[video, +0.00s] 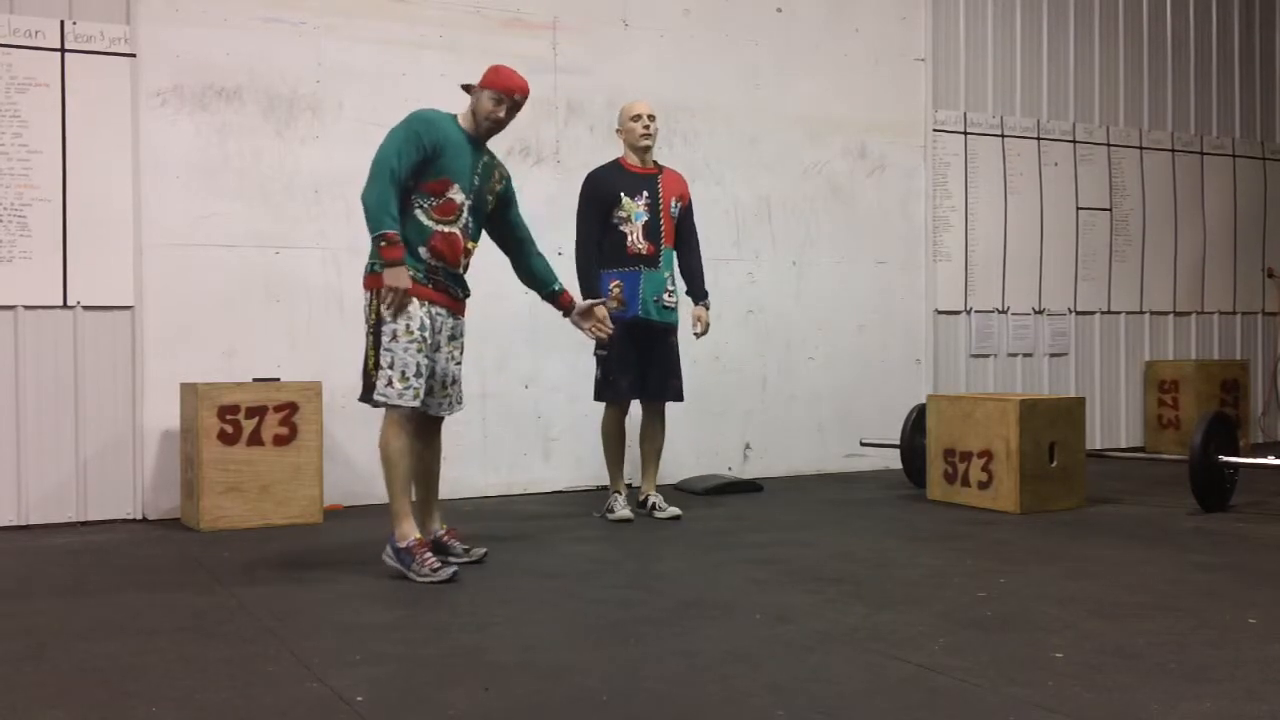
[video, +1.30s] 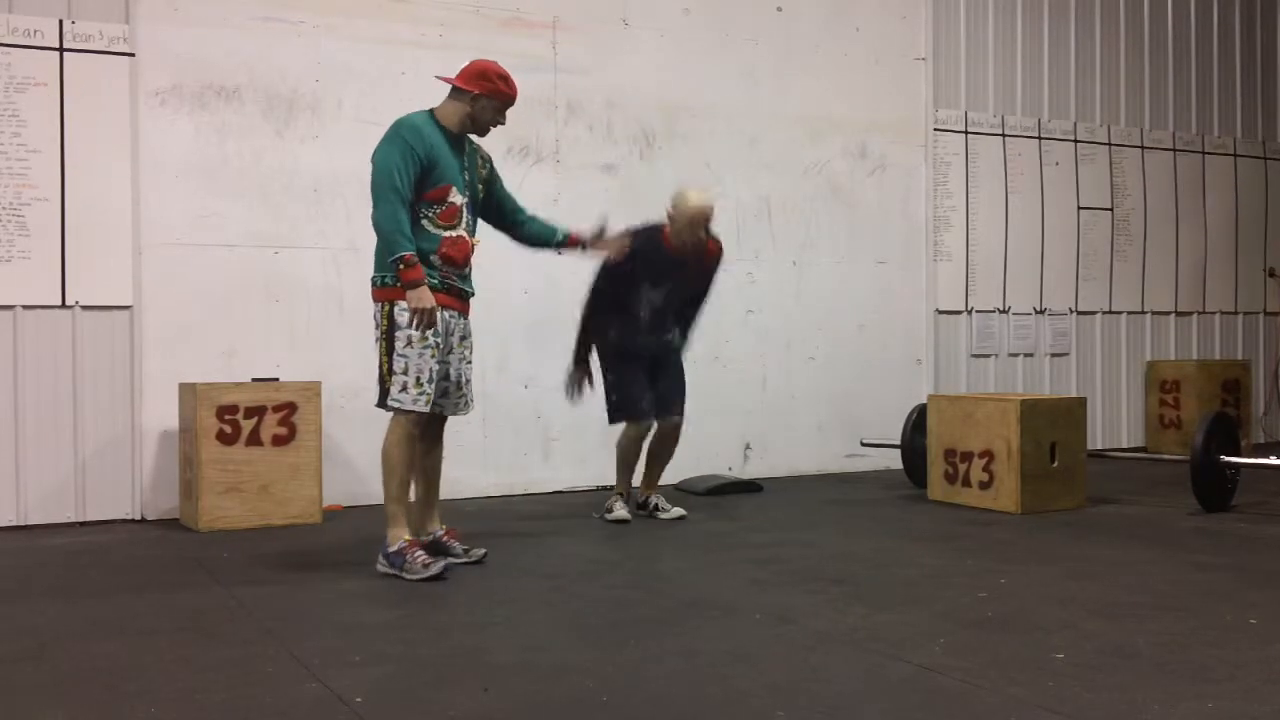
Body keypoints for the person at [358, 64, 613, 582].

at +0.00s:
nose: (502, 110)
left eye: (511, 106)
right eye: (496, 98)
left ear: (516, 116)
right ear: (473, 93)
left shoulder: (493, 177)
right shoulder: (427, 127)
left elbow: (522, 249)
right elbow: (379, 185)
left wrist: (571, 307)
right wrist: (393, 259)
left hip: (447, 301)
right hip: (405, 290)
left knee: (430, 415)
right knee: (402, 411)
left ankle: (430, 530)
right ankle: (403, 538)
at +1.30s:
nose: (500, 122)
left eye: (503, 113)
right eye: (498, 111)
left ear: (480, 102)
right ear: (473, 97)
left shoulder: (474, 159)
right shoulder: (408, 136)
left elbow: (515, 221)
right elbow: (388, 212)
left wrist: (581, 240)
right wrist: (413, 281)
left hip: (451, 302)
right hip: (410, 297)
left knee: (434, 417)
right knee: (408, 415)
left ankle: (428, 531)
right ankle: (396, 542)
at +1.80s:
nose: (484, 115)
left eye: (487, 107)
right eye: (481, 105)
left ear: (463, 99)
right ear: (452, 94)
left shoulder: (468, 144)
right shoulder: (391, 141)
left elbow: (484, 219)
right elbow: (376, 226)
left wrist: (533, 270)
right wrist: (398, 299)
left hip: (449, 305)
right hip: (401, 304)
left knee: (438, 417)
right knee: (394, 418)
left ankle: (428, 530)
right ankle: (389, 542)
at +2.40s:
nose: (536, 151)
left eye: (541, 144)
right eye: (537, 139)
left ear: (521, 129)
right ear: (513, 120)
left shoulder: (507, 183)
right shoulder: (438, 139)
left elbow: (534, 258)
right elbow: (384, 202)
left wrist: (577, 320)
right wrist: (381, 280)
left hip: (446, 312)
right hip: (398, 304)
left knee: (443, 417)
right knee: (387, 418)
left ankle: (455, 530)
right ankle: (389, 542)